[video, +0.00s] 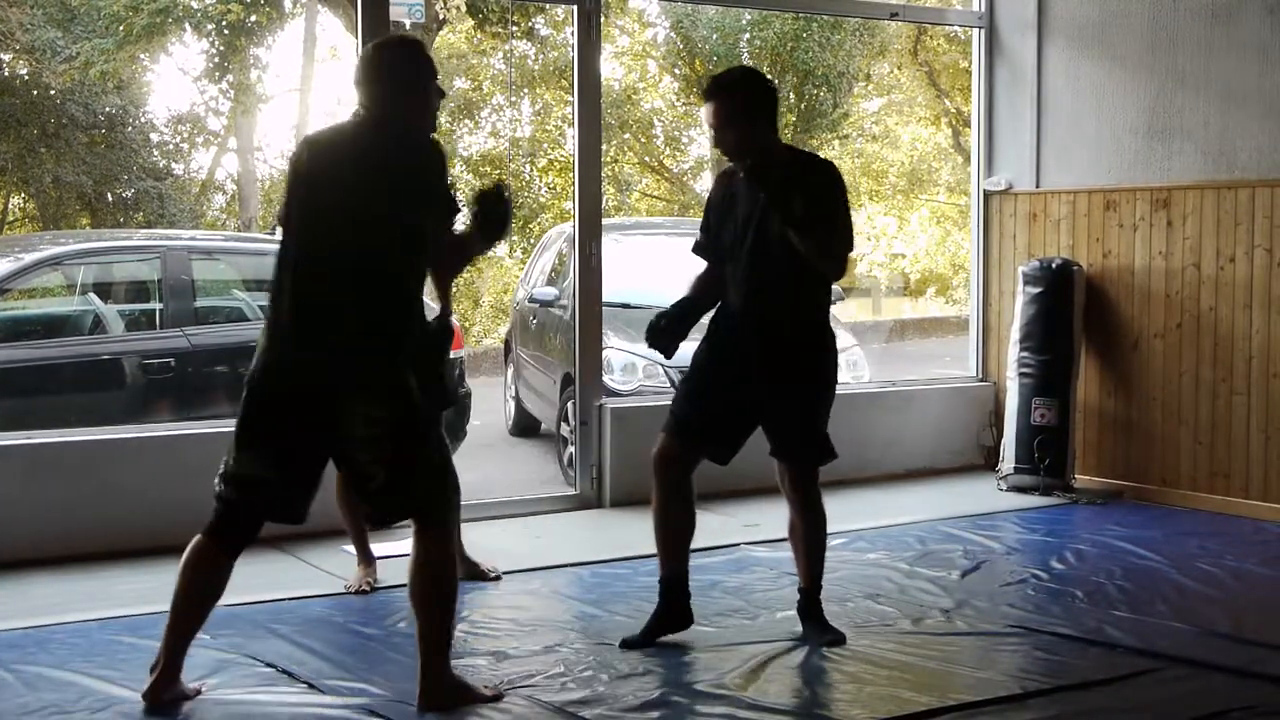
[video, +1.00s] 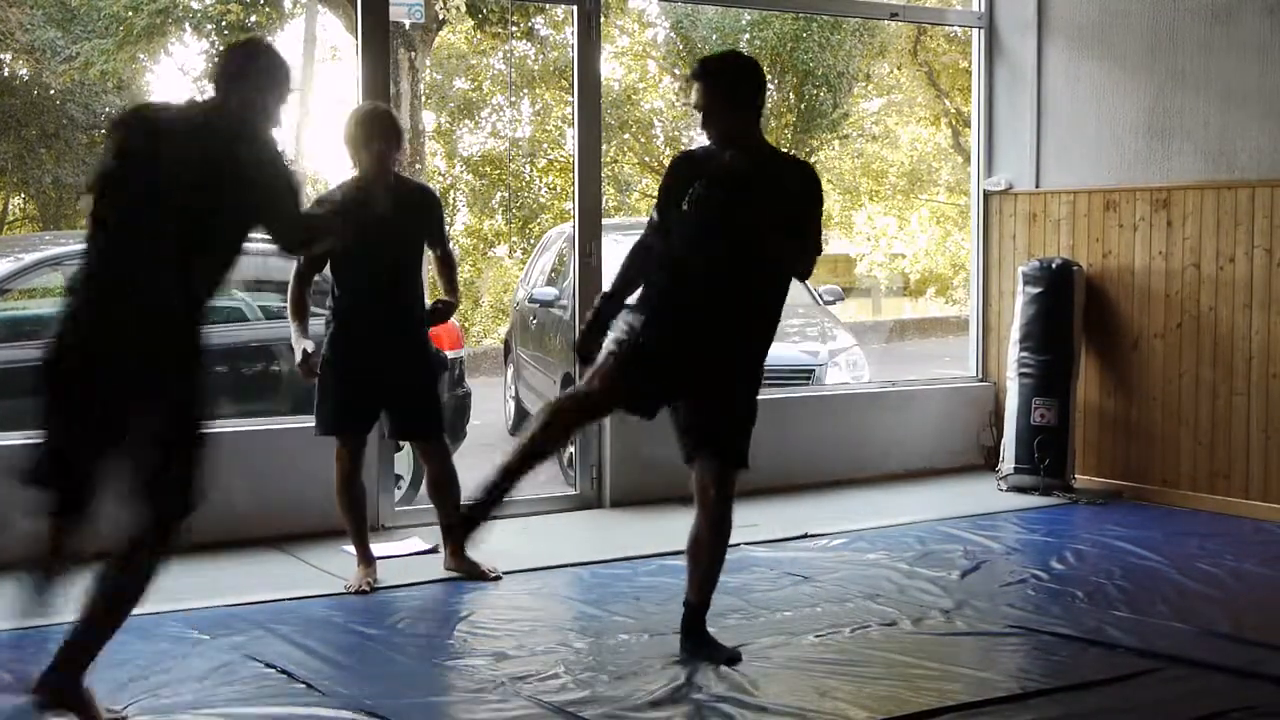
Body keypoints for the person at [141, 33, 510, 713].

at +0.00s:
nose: (439, 100)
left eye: (436, 87)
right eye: (433, 88)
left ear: (364, 87)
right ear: (412, 91)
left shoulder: (313, 150)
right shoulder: (420, 156)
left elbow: (298, 247)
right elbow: (441, 266)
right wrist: (483, 230)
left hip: (289, 368)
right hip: (376, 374)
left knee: (230, 521)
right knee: (437, 510)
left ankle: (164, 673)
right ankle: (436, 680)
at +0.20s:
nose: (417, 92)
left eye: (414, 79)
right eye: (411, 80)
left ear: (345, 81)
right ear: (390, 85)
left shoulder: (288, 143)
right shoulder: (394, 151)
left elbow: (267, 222)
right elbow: (418, 253)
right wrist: (457, 220)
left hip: (275, 366)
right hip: (365, 371)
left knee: (223, 521)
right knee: (423, 513)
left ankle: (161, 677)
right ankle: (435, 679)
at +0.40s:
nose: (399, 90)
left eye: (397, 77)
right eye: (392, 78)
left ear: (328, 80)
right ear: (373, 81)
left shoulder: (271, 145)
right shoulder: (382, 144)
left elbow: (282, 253)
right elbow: (413, 254)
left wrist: (423, 197)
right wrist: (457, 206)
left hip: (274, 364)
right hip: (364, 368)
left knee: (218, 525)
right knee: (426, 511)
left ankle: (158, 678)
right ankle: (436, 678)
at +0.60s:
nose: (388, 104)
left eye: (384, 93)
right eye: (384, 92)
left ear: (312, 92)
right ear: (370, 93)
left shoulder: (258, 157)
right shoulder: (380, 150)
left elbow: (223, 250)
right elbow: (417, 250)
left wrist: (300, 224)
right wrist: (457, 212)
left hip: (272, 378)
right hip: (368, 376)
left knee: (223, 524)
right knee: (439, 509)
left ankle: (162, 667)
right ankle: (443, 675)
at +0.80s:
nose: (327, 118)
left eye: (327, 106)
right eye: (326, 105)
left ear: (265, 94)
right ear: (310, 102)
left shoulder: (198, 153)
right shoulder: (302, 161)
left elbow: (171, 240)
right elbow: (336, 252)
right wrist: (386, 224)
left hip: (201, 376)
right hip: (283, 376)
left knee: (200, 530)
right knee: (356, 521)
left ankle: (165, 683)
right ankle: (414, 675)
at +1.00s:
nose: (278, 107)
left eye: (280, 96)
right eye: (278, 95)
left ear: (220, 78)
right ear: (263, 90)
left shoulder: (144, 127)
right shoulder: (258, 157)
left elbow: (105, 218)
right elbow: (298, 234)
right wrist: (359, 193)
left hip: (89, 330)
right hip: (164, 343)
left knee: (75, 463)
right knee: (165, 516)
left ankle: (57, 549)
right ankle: (64, 676)